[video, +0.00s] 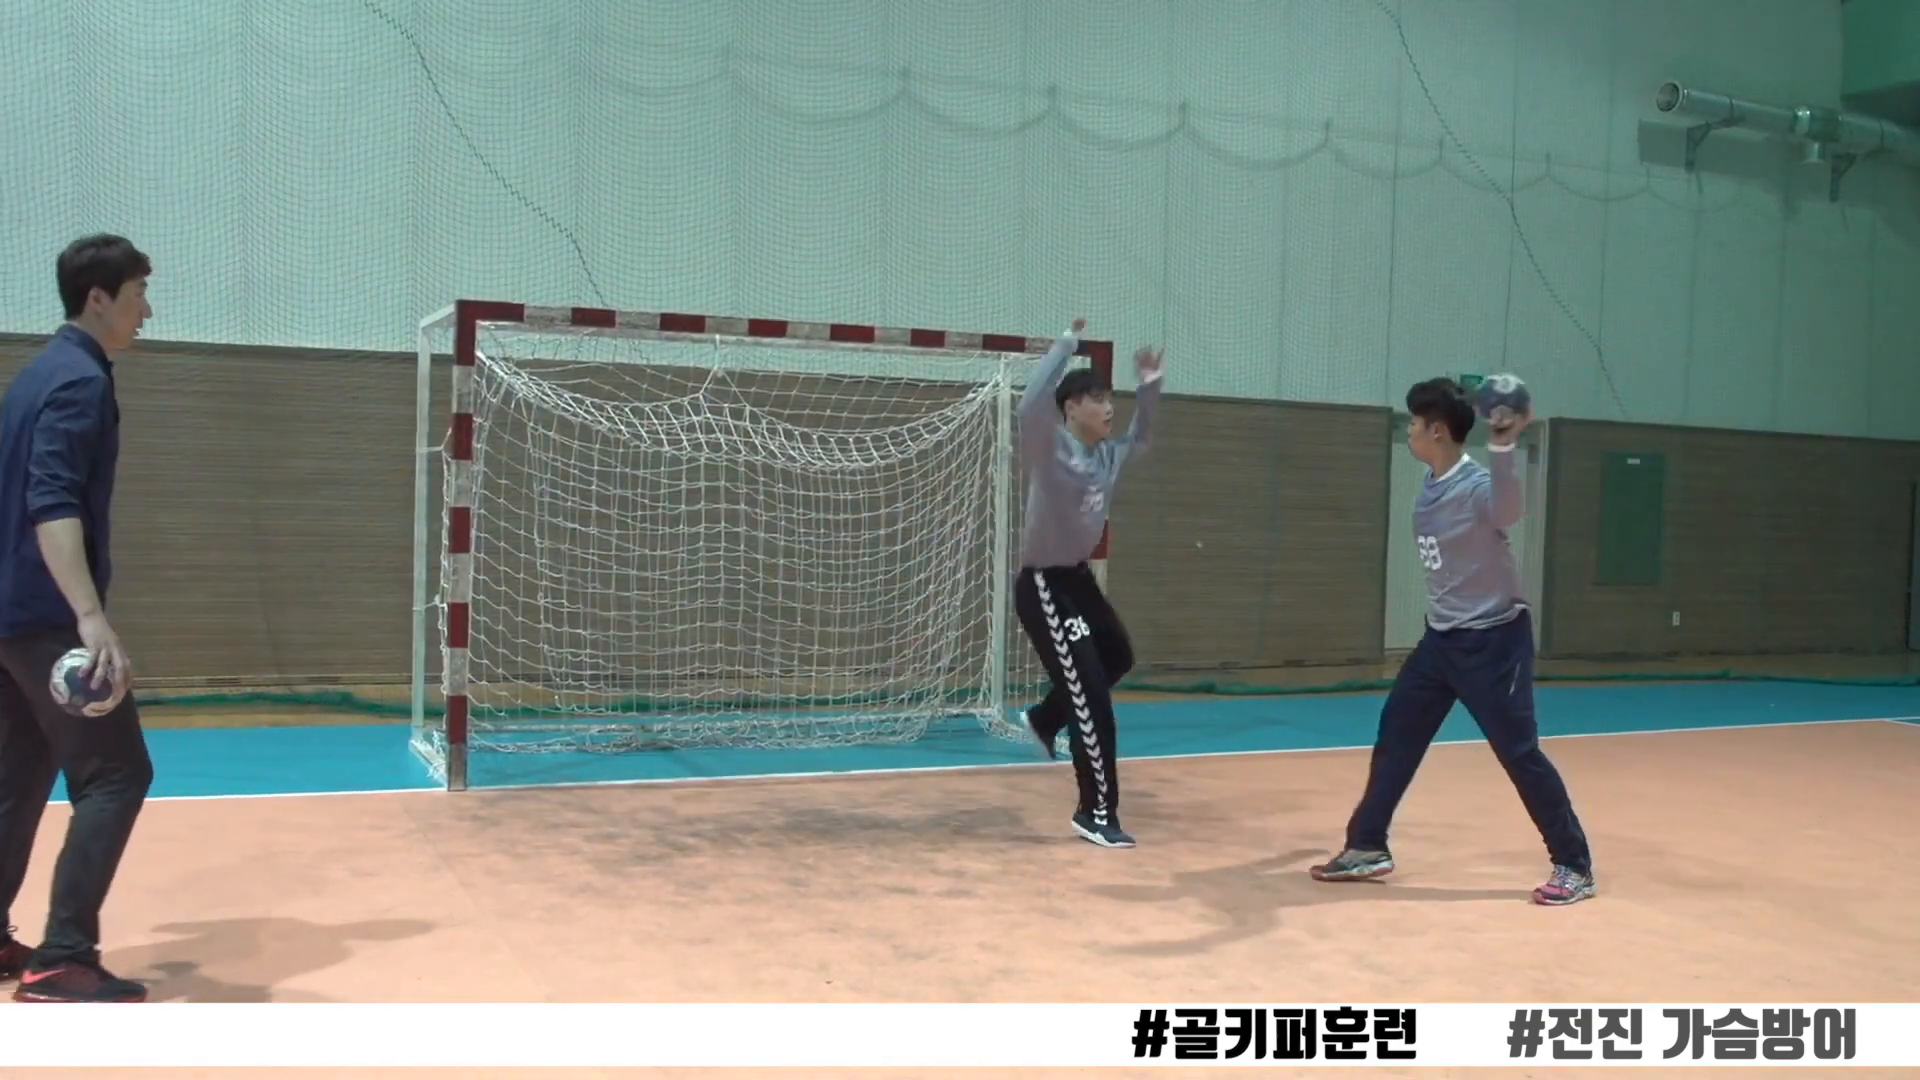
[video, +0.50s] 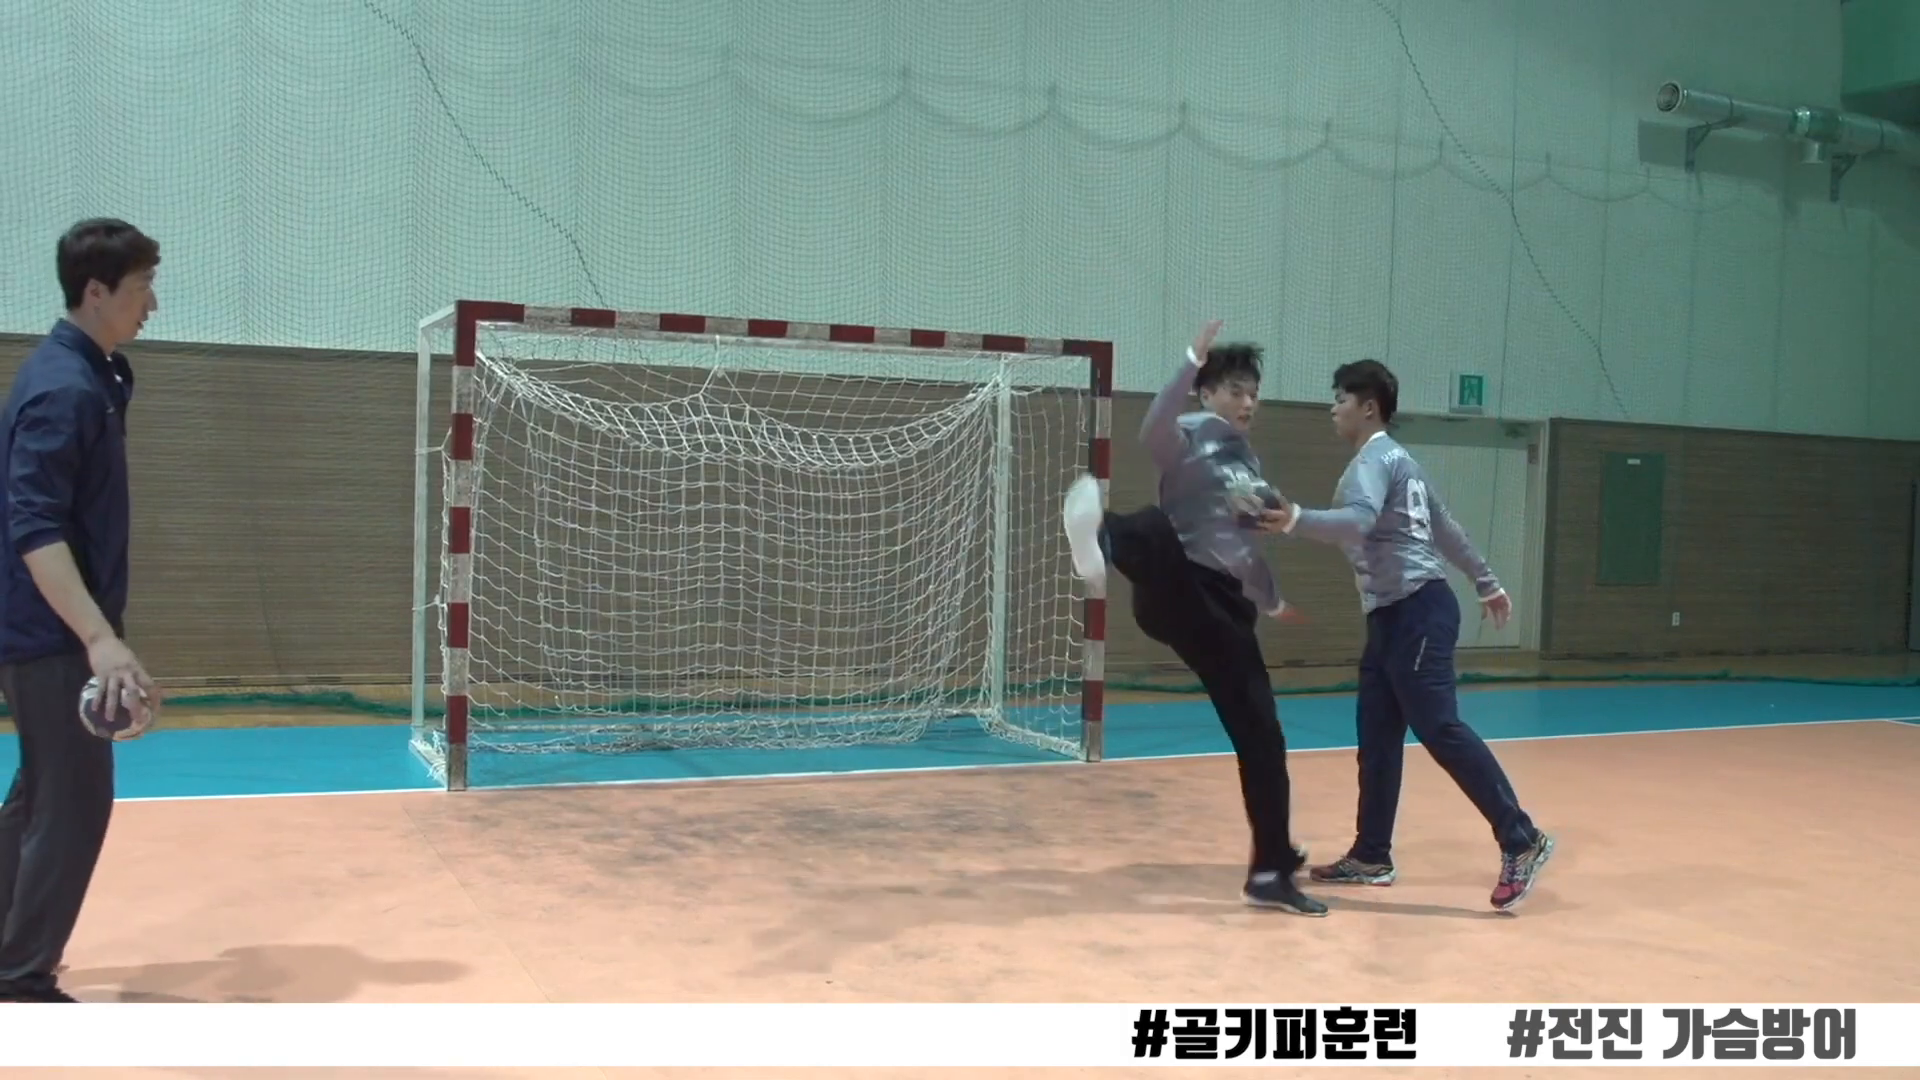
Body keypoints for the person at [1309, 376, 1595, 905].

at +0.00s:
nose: (1409, 434)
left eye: (1414, 426)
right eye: (1410, 425)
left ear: (1438, 433)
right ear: (1438, 431)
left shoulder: (1478, 484)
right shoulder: (1432, 486)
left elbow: (1509, 514)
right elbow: (1451, 554)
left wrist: (1503, 447)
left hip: (1494, 638)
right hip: (1441, 639)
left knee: (1520, 754)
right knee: (1397, 736)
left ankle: (1574, 867)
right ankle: (1367, 847)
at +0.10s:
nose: (1391, 424)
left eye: (1404, 415)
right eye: (1387, 415)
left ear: (1429, 424)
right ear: (1385, 423)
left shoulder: (1443, 477)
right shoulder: (1405, 475)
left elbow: (1428, 515)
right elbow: (1426, 549)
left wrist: (1397, 462)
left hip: (1467, 637)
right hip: (1418, 639)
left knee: (1494, 753)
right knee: (1379, 736)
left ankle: (1565, 858)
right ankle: (1371, 855)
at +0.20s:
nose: (1359, 418)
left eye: (1366, 409)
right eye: (1362, 409)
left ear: (1390, 415)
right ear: (1393, 416)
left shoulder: (1410, 470)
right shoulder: (1396, 468)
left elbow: (1341, 496)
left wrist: (1286, 446)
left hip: (1452, 625)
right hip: (1408, 629)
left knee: (1483, 742)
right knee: (1380, 734)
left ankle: (1561, 848)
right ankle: (1371, 855)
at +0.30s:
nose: (1346, 413)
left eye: (1354, 404)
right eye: (1349, 403)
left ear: (1380, 409)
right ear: (1383, 411)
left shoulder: (1380, 465)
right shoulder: (1404, 463)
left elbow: (1301, 483)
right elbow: (1449, 533)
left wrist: (1221, 455)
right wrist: (1476, 587)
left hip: (1436, 615)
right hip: (1403, 621)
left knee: (1473, 734)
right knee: (1383, 740)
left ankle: (1556, 840)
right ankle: (1371, 856)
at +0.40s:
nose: (1336, 410)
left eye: (1344, 400)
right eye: (1339, 400)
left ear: (1370, 406)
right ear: (1377, 409)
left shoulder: (1370, 463)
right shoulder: (1406, 464)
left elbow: (1305, 506)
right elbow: (1448, 532)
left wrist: (1234, 480)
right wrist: (1483, 584)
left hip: (1421, 612)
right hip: (1400, 616)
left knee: (1458, 731)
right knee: (1381, 737)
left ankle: (1543, 837)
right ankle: (1371, 856)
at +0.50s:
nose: (1333, 408)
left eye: (1342, 399)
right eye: (1335, 399)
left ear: (1370, 406)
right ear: (1373, 409)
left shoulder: (1373, 457)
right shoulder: (1403, 463)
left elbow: (1359, 520)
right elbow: (1446, 528)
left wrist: (1296, 520)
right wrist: (1486, 581)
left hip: (1419, 607)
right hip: (1392, 614)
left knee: (1437, 726)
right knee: (1379, 733)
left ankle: (1523, 840)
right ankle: (1370, 856)